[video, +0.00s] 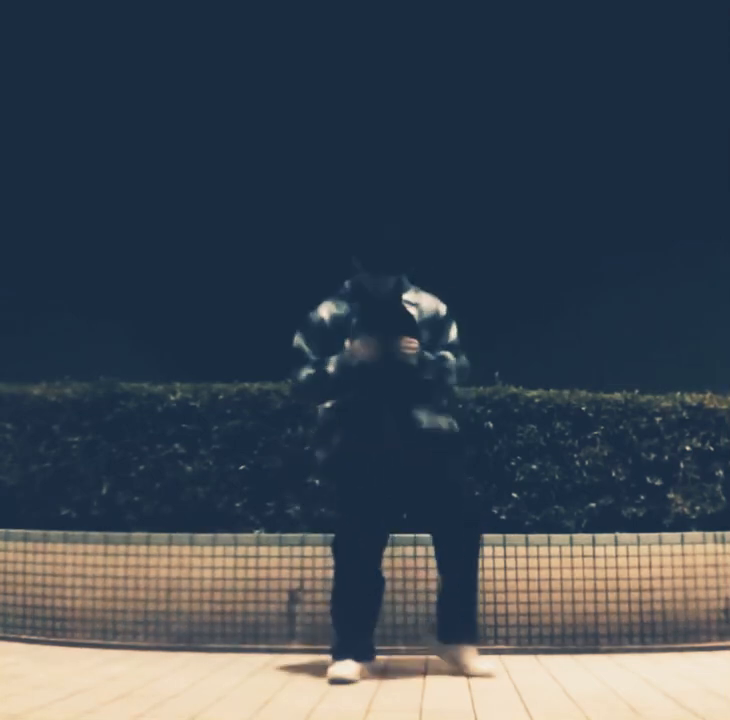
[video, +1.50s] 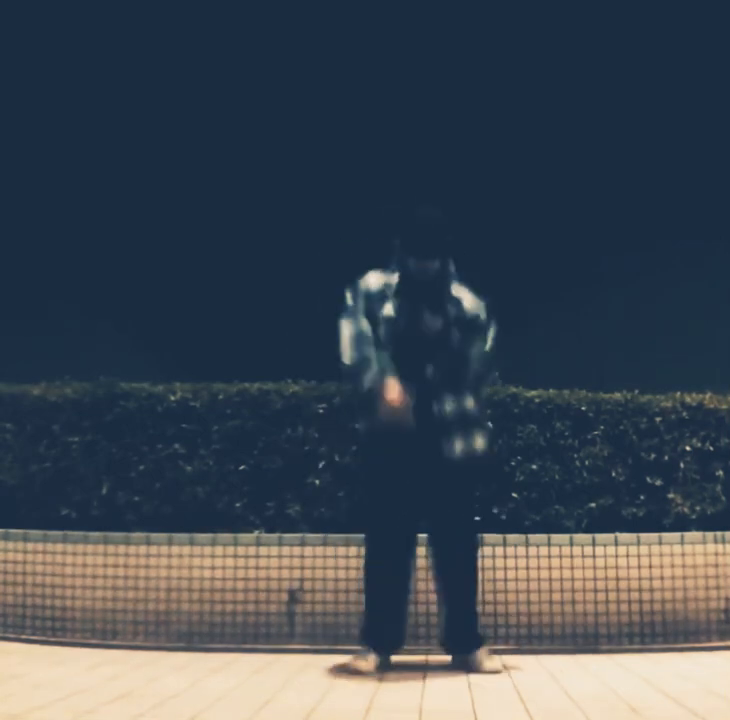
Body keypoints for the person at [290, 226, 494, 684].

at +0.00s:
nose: (382, 281)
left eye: (391, 272)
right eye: (373, 271)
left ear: (404, 272)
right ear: (356, 270)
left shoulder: (429, 311)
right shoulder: (329, 316)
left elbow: (460, 371)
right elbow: (300, 383)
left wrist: (419, 358)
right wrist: (345, 360)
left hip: (428, 448)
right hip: (360, 450)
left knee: (462, 530)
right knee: (356, 545)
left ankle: (457, 639)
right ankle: (350, 654)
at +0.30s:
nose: (396, 249)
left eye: (404, 239)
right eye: (387, 240)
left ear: (418, 240)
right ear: (372, 242)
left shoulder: (449, 296)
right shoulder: (346, 297)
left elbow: (482, 358)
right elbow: (314, 361)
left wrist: (447, 360)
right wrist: (353, 388)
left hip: (441, 438)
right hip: (373, 439)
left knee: (476, 538)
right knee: (366, 542)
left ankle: (510, 645)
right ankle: (349, 653)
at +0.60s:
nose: (416, 259)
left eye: (423, 249)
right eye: (407, 250)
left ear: (438, 249)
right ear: (391, 252)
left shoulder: (472, 303)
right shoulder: (366, 307)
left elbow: (502, 363)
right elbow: (341, 369)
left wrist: (448, 367)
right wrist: (378, 384)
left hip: (462, 449)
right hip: (393, 450)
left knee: (485, 546)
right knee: (378, 548)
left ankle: (508, 650)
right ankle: (351, 652)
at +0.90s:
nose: (414, 277)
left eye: (422, 271)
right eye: (407, 271)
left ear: (438, 280)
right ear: (393, 281)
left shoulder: (468, 314)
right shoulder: (375, 320)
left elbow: (515, 356)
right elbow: (344, 333)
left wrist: (451, 342)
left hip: (463, 477)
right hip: (381, 476)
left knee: (517, 544)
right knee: (331, 550)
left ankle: (546, 648)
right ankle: (306, 650)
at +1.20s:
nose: (424, 272)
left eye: (433, 262)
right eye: (413, 264)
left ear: (447, 266)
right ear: (396, 270)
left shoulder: (472, 306)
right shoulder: (373, 307)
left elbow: (516, 341)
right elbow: (331, 286)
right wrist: (380, 269)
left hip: (467, 470)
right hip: (385, 470)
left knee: (516, 555)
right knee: (343, 558)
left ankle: (550, 653)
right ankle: (309, 654)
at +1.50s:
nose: (424, 267)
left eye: (433, 258)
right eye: (416, 258)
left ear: (448, 257)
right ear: (401, 254)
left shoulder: (469, 305)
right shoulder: (370, 292)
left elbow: (476, 375)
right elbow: (356, 350)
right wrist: (382, 384)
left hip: (453, 446)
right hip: (391, 445)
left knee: (457, 544)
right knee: (386, 542)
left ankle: (467, 646)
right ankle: (377, 647)